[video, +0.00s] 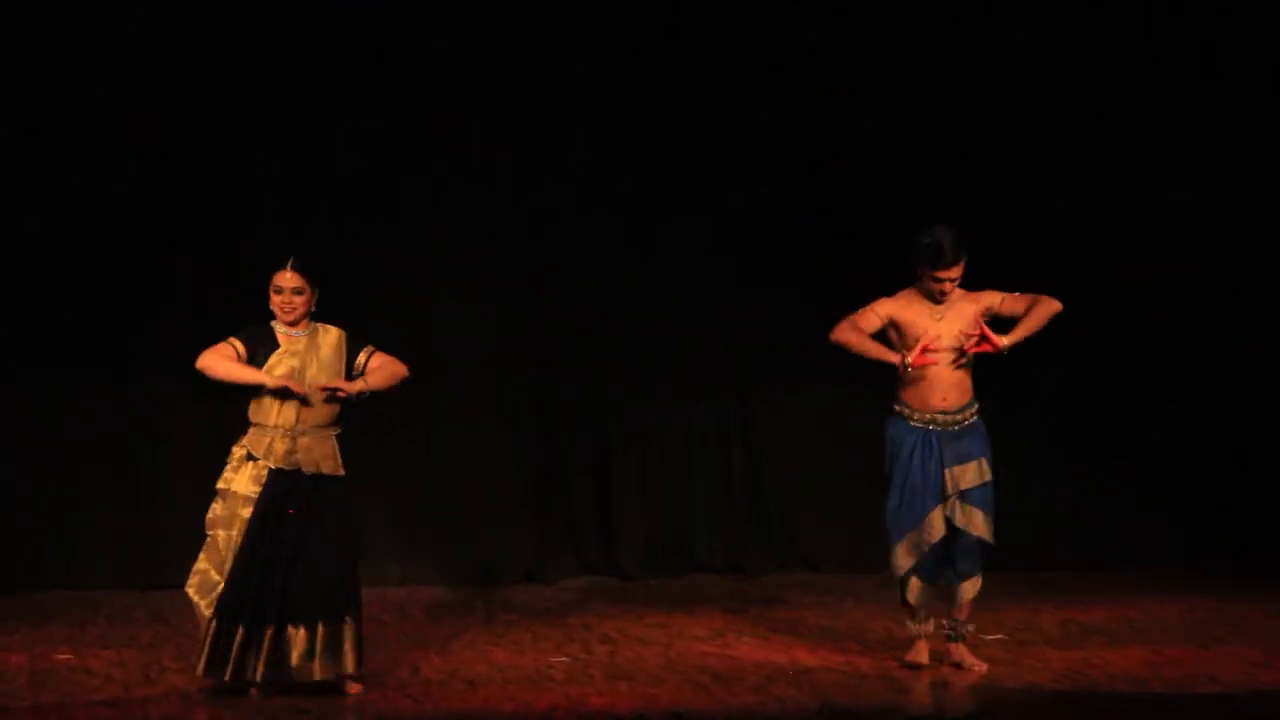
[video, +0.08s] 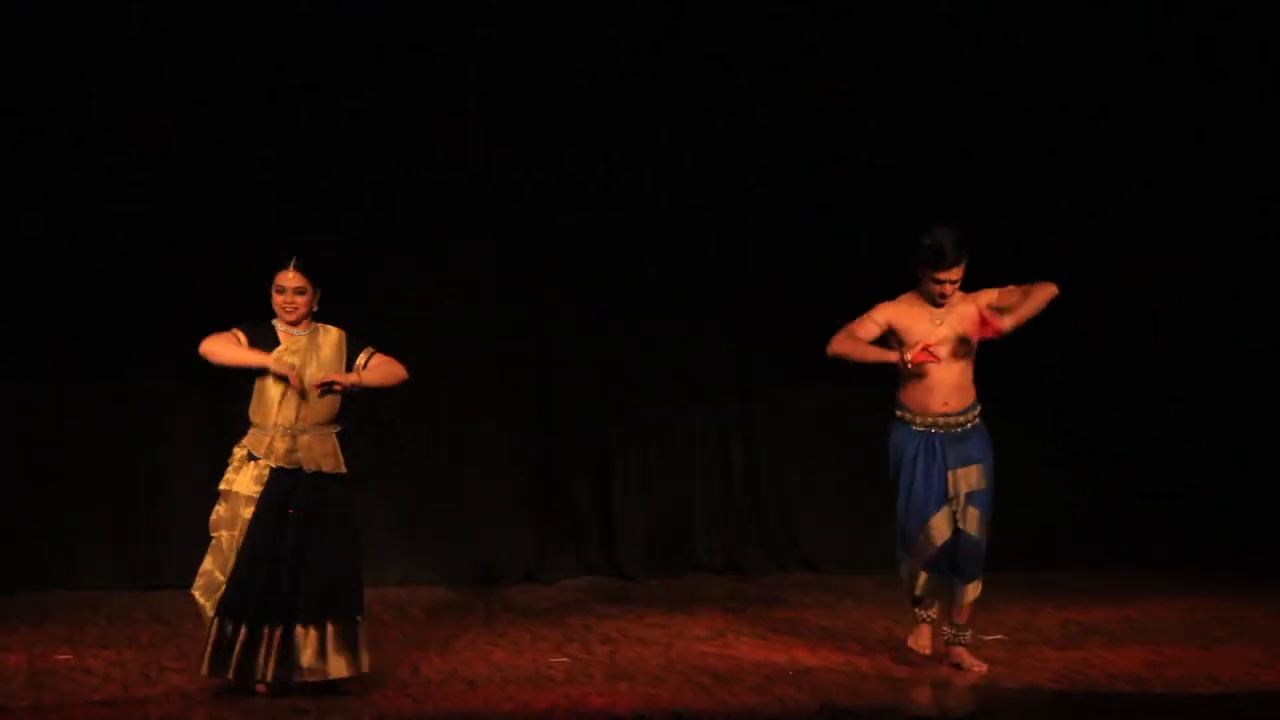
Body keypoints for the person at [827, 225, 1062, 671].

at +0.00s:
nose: (949, 287)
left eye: (955, 279)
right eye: (940, 280)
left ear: (963, 271)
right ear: (920, 273)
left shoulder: (977, 303)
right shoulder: (897, 306)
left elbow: (1049, 305)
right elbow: (843, 333)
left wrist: (1006, 340)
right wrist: (898, 358)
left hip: (965, 430)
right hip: (914, 432)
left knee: (970, 531)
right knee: (918, 532)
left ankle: (956, 640)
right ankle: (919, 636)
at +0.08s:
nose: (948, 289)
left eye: (956, 281)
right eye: (940, 282)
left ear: (964, 273)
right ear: (921, 275)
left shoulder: (977, 304)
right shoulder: (896, 311)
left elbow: (1047, 289)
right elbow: (839, 345)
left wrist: (1007, 321)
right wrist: (898, 356)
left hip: (968, 432)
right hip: (917, 434)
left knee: (972, 536)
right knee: (934, 536)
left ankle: (957, 640)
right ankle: (923, 617)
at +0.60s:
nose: (918, 268)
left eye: (929, 259)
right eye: (918, 260)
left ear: (958, 265)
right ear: (927, 268)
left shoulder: (993, 300)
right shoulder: (913, 322)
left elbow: (1000, 222)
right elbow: (838, 324)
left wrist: (960, 168)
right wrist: (769, 313)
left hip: (991, 442)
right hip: (933, 443)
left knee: (1009, 550)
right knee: (915, 546)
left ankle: (987, 646)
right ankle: (930, 639)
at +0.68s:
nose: (917, 273)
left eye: (927, 265)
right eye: (918, 265)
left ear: (956, 269)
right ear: (930, 273)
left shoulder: (993, 307)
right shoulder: (912, 329)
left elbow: (1011, 229)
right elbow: (839, 344)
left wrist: (964, 183)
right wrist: (790, 301)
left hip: (995, 445)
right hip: (936, 447)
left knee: (1017, 549)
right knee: (904, 532)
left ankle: (988, 646)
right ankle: (939, 612)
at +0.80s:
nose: (912, 277)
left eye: (922, 269)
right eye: (911, 270)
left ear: (951, 274)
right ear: (916, 278)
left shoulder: (989, 309)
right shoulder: (907, 334)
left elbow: (1030, 244)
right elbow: (834, 358)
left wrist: (975, 224)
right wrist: (821, 301)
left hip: (992, 447)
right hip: (934, 448)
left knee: (1016, 553)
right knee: (901, 526)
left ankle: (988, 646)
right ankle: (937, 618)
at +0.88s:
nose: (906, 278)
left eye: (916, 271)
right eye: (905, 271)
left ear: (945, 274)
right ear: (909, 278)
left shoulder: (986, 310)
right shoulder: (901, 333)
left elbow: (1041, 260)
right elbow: (828, 363)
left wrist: (987, 259)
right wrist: (835, 308)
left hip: (987, 447)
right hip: (929, 451)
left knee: (1022, 551)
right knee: (907, 547)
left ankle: (988, 642)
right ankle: (924, 655)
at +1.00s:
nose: (902, 288)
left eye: (911, 280)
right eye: (899, 281)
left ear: (938, 281)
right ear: (899, 286)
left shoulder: (975, 322)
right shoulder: (892, 339)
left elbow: (1051, 292)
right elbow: (816, 370)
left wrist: (1009, 312)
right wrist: (848, 330)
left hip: (981, 451)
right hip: (921, 455)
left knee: (1045, 530)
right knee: (896, 552)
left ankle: (988, 611)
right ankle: (924, 653)